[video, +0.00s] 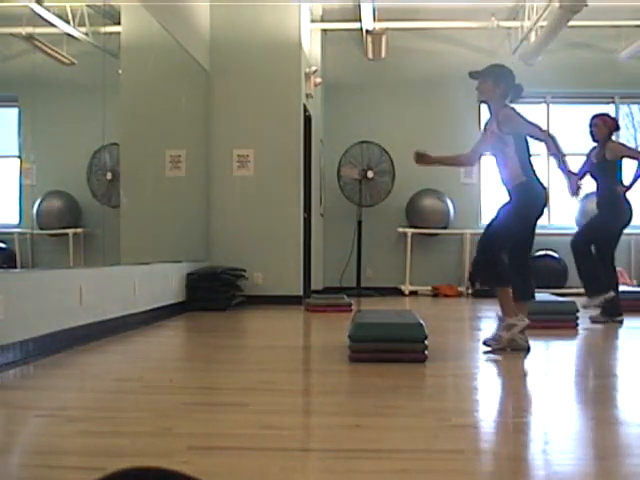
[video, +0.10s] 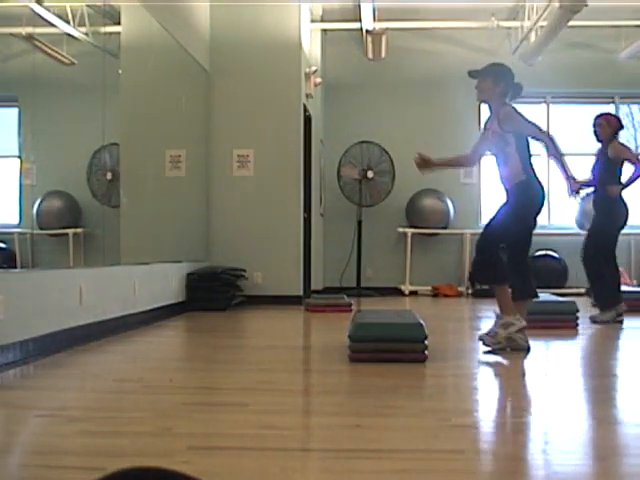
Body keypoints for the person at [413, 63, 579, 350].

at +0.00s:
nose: (478, 85)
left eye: (483, 81)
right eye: (479, 81)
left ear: (499, 87)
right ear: (494, 88)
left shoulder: (507, 116)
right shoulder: (492, 125)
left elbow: (546, 137)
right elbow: (470, 159)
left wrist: (567, 173)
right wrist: (432, 160)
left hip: (526, 195)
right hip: (523, 197)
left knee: (488, 249)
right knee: (517, 261)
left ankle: (510, 320)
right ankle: (518, 335)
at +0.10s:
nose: (477, 85)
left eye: (482, 80)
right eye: (478, 80)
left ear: (499, 86)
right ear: (494, 87)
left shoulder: (507, 115)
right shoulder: (492, 123)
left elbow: (545, 137)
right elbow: (471, 160)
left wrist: (568, 177)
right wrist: (434, 164)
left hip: (524, 194)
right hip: (520, 195)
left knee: (486, 249)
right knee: (517, 259)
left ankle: (508, 318)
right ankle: (517, 332)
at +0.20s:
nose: (479, 86)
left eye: (484, 81)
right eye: (480, 81)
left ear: (500, 85)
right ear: (494, 86)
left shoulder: (510, 113)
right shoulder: (496, 118)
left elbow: (535, 156)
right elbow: (495, 162)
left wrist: (535, 201)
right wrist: (468, 190)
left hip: (519, 191)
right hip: (507, 192)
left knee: (506, 257)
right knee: (502, 258)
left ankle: (517, 332)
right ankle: (511, 330)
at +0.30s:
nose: (481, 84)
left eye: (487, 80)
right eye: (481, 80)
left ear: (503, 83)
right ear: (492, 84)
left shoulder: (511, 113)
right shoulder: (498, 115)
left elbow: (512, 164)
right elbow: (502, 166)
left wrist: (490, 198)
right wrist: (486, 199)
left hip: (519, 190)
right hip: (507, 190)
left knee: (511, 258)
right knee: (499, 258)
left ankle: (518, 334)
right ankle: (511, 329)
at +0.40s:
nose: (479, 86)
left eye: (484, 82)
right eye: (480, 82)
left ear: (501, 86)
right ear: (497, 87)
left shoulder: (504, 113)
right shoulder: (502, 115)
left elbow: (498, 154)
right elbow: (494, 157)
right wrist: (458, 169)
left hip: (524, 194)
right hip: (520, 194)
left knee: (522, 262)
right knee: (479, 250)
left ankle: (517, 336)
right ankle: (502, 319)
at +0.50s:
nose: (480, 84)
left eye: (486, 80)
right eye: (481, 80)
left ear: (502, 87)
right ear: (499, 88)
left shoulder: (504, 113)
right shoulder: (501, 115)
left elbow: (496, 152)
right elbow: (490, 156)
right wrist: (461, 148)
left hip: (525, 196)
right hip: (519, 195)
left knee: (523, 262)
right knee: (475, 245)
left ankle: (518, 337)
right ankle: (499, 310)